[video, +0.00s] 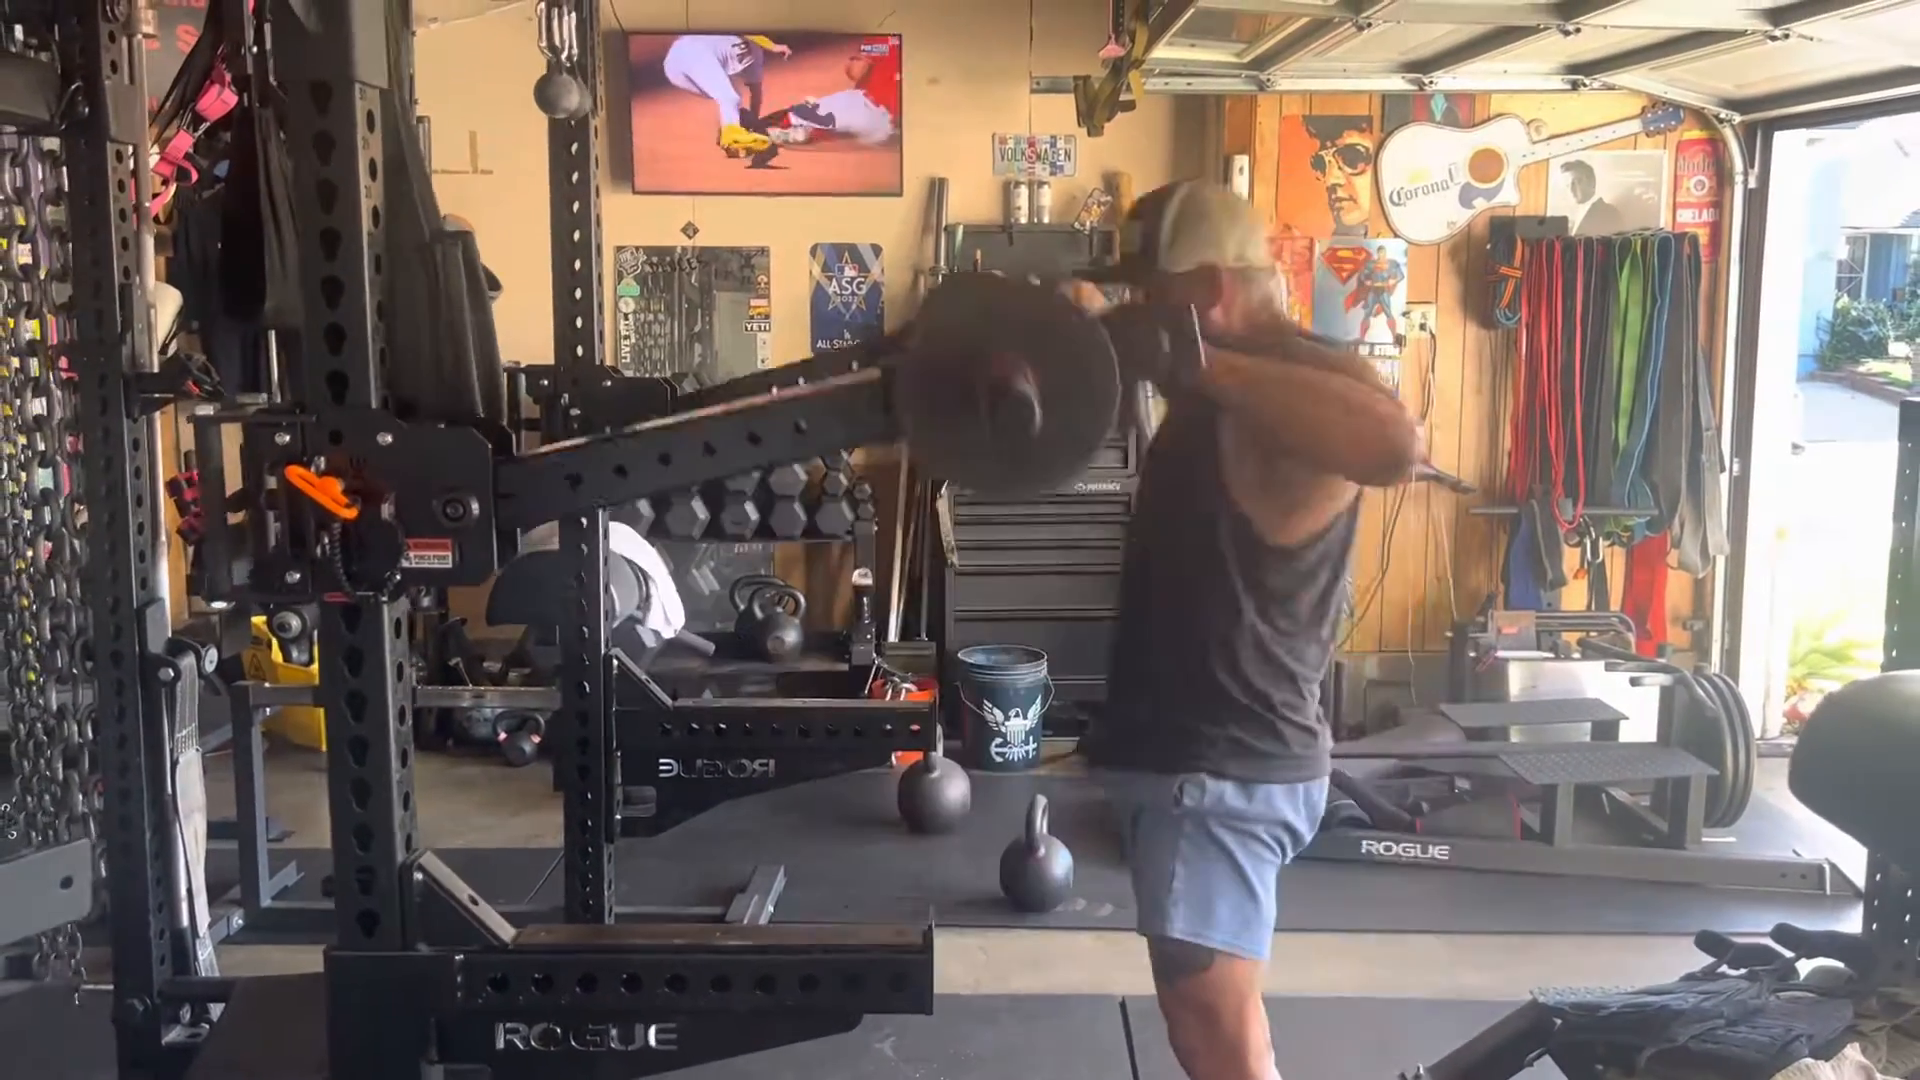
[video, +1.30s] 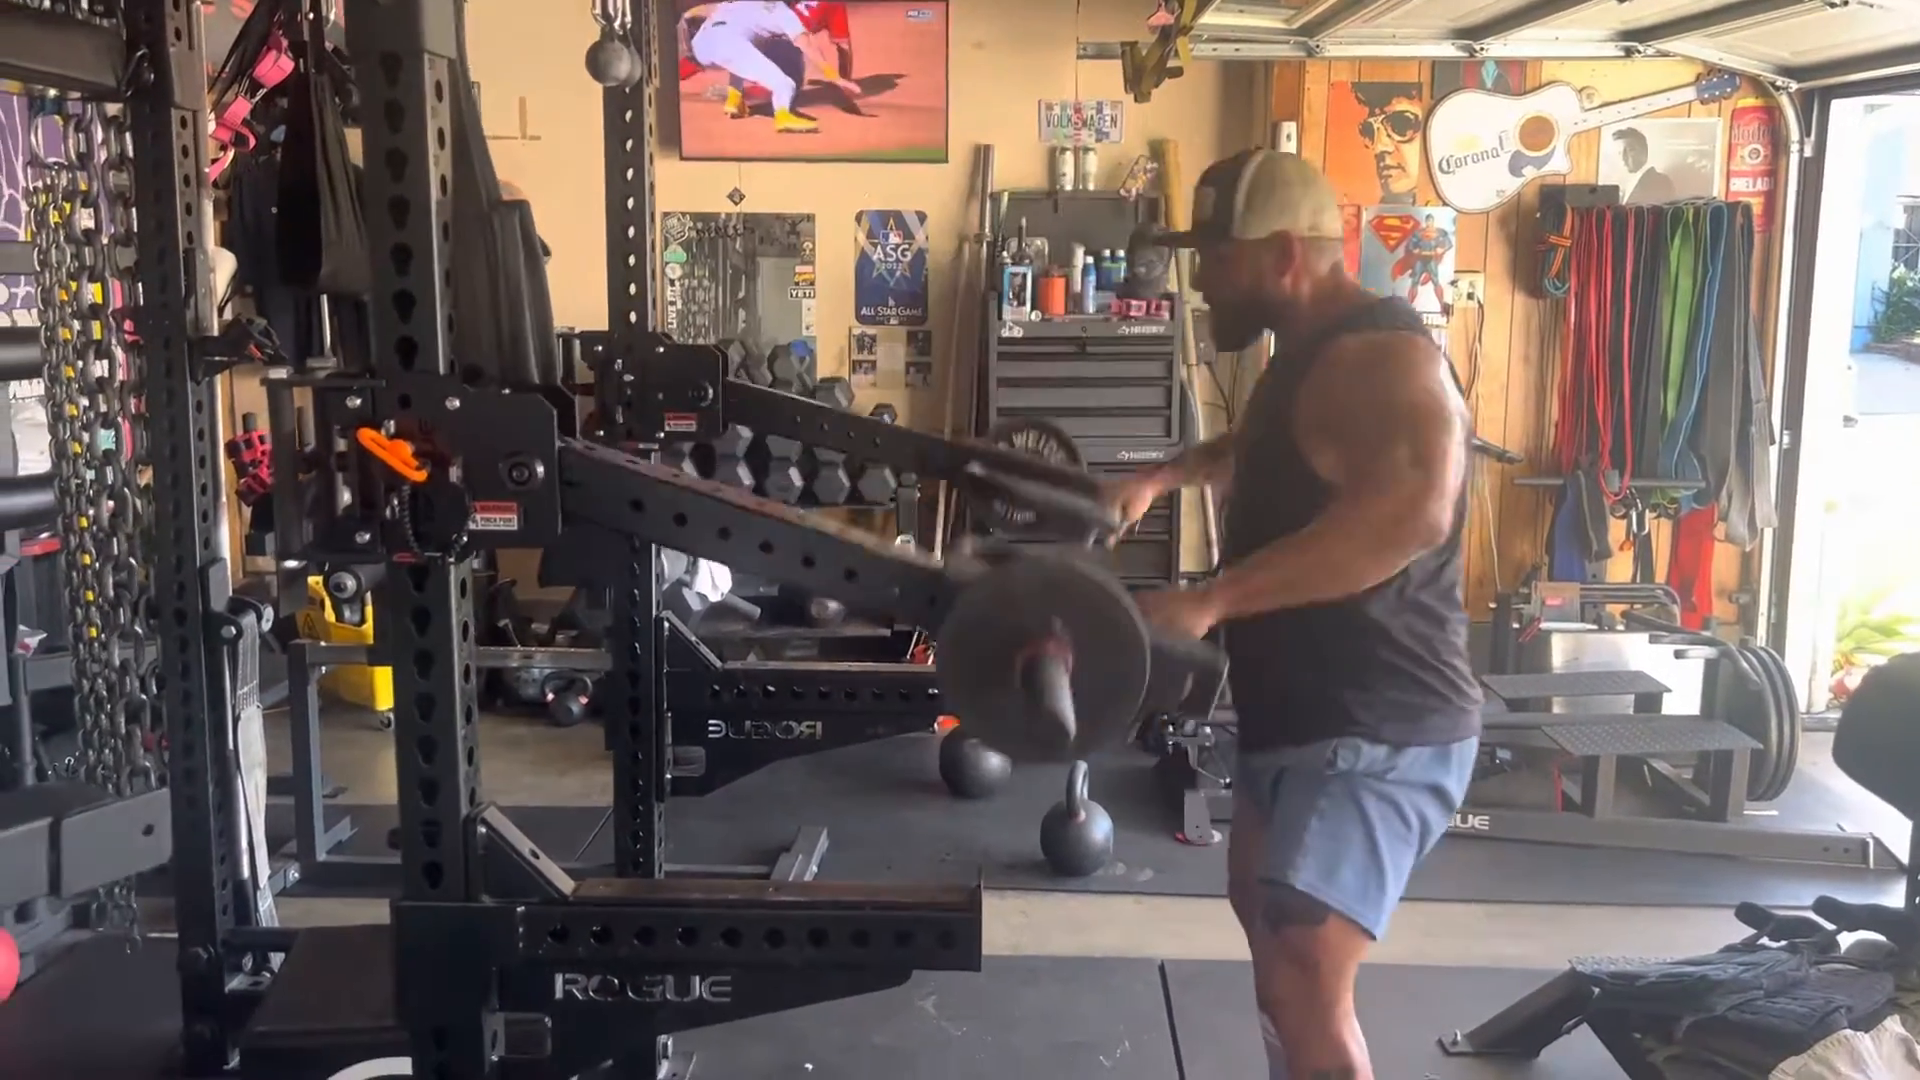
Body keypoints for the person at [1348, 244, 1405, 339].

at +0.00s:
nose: (1381, 255)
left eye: (1383, 253)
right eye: (1380, 253)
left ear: (1386, 253)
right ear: (1377, 253)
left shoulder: (1392, 264)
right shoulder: (1370, 264)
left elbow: (1401, 276)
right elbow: (1362, 275)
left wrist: (1393, 282)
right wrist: (1366, 281)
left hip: (1385, 288)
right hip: (1373, 288)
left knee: (1388, 313)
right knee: (1367, 313)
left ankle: (1394, 337)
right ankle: (1362, 337)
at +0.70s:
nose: (1394, 251)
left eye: (1396, 248)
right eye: (1393, 248)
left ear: (1399, 249)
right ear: (1390, 249)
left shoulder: (1405, 260)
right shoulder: (1384, 260)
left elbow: (1414, 271)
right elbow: (1375, 271)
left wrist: (1406, 277)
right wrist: (1379, 277)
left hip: (1398, 284)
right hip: (1386, 284)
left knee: (1401, 308)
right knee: (1380, 308)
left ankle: (1407, 332)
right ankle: (1374, 332)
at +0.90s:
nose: (1402, 244)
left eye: (1404, 242)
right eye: (1401, 242)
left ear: (1407, 242)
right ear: (1398, 243)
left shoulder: (1414, 253)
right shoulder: (1392, 253)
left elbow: (1422, 264)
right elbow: (1384, 264)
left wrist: (1415, 270)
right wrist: (1388, 270)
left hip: (1405, 277)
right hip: (1394, 277)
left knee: (1409, 301)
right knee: (1388, 301)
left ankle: (1415, 325)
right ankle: (1382, 325)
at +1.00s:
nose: (1409, 239)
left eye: (1410, 237)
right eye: (1407, 237)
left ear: (1413, 238)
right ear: (1404, 238)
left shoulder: (1420, 249)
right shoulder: (1398, 249)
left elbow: (1428, 260)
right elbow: (1390, 260)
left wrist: (1421, 266)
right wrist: (1394, 266)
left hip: (1412, 273)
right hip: (1400, 272)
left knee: (1415, 297)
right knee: (1394, 297)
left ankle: (1421, 321)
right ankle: (1388, 321)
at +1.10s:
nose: (1415, 234)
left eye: (1417, 232)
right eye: (1414, 232)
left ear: (1420, 232)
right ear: (1411, 233)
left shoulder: (1427, 243)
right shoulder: (1405, 244)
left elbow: (1435, 255)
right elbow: (1397, 255)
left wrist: (1428, 261)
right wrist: (1400, 261)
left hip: (1418, 268)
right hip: (1407, 268)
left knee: (1422, 291)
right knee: (1401, 292)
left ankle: (1428, 316)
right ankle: (1395, 316)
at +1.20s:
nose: (1422, 229)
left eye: (1424, 227)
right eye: (1421, 227)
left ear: (1427, 227)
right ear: (1418, 227)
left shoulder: (1434, 238)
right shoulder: (1412, 238)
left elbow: (1442, 250)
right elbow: (1403, 250)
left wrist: (1435, 256)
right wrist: (1407, 256)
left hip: (1425, 262)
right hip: (1413, 262)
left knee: (1428, 286)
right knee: (1408, 286)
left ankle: (1435, 311)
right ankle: (1402, 311)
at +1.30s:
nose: (1429, 224)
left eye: (1431, 222)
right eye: (1428, 222)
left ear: (1434, 222)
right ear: (1425, 222)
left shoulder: (1440, 233)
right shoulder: (1418, 233)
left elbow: (1449, 244)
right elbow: (1410, 244)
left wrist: (1442, 250)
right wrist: (1414, 250)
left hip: (1432, 257)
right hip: (1420, 257)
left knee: (1435, 281)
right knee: (1415, 281)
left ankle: (1442, 306)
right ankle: (1409, 304)